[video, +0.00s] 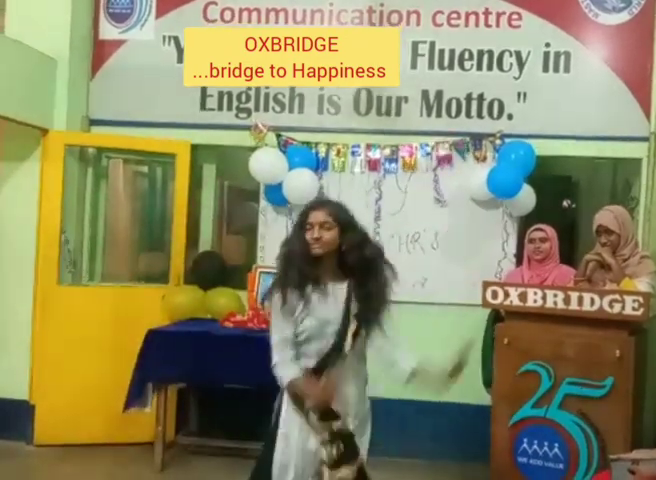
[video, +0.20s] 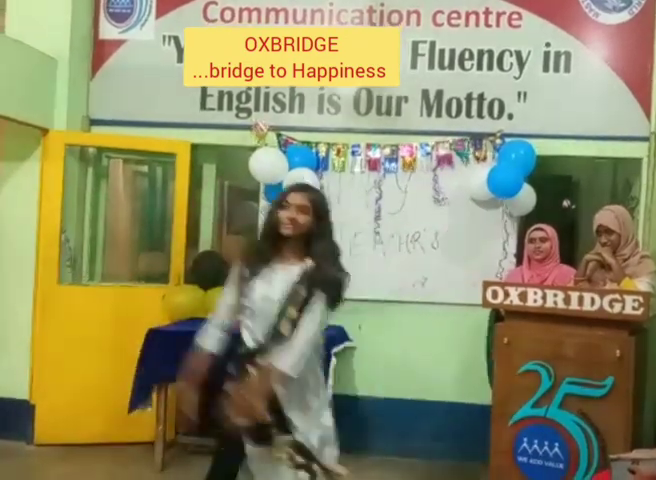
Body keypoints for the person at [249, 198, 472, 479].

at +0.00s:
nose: (315, 235)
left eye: (326, 227)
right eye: (309, 228)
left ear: (344, 233)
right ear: (302, 234)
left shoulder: (361, 285)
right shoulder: (287, 289)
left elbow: (383, 344)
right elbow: (281, 355)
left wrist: (436, 374)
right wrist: (306, 389)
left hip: (347, 396)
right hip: (299, 396)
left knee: (345, 470)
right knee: (294, 468)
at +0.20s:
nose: (290, 216)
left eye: (302, 211)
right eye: (285, 207)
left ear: (316, 221)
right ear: (275, 212)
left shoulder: (319, 274)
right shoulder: (251, 260)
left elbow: (304, 339)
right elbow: (223, 315)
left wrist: (262, 383)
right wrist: (193, 375)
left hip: (292, 377)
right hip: (241, 372)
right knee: (229, 454)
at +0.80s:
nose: (251, 249)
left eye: (259, 242)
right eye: (242, 241)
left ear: (267, 248)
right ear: (227, 246)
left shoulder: (277, 298)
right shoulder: (217, 293)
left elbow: (263, 369)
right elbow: (217, 362)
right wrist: (193, 414)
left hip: (280, 405)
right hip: (234, 400)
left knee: (273, 472)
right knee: (230, 471)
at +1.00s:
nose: (266, 214)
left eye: (275, 206)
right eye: (262, 210)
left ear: (298, 213)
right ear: (259, 222)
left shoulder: (335, 266)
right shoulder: (266, 277)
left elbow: (360, 331)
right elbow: (273, 335)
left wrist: (394, 384)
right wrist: (304, 373)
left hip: (332, 387)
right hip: (287, 388)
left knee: (330, 468)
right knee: (288, 468)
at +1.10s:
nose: (284, 199)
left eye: (293, 191)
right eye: (281, 194)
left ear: (317, 196)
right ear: (279, 205)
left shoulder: (347, 250)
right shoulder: (277, 252)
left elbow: (396, 284)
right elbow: (278, 317)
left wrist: (433, 309)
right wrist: (336, 326)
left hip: (343, 375)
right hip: (297, 377)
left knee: (363, 462)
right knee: (308, 466)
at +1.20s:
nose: (309, 197)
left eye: (319, 190)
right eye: (302, 191)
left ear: (337, 199)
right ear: (295, 202)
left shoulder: (352, 248)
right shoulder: (283, 249)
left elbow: (403, 264)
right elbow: (275, 304)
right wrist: (331, 279)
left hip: (352, 381)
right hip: (304, 382)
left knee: (385, 462)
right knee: (316, 470)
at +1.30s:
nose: (311, 200)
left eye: (321, 193)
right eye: (304, 193)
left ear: (339, 202)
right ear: (296, 201)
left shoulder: (356, 249)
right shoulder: (281, 254)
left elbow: (419, 274)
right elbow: (273, 310)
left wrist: (435, 240)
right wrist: (324, 272)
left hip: (352, 388)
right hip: (299, 387)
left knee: (387, 464)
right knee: (292, 470)